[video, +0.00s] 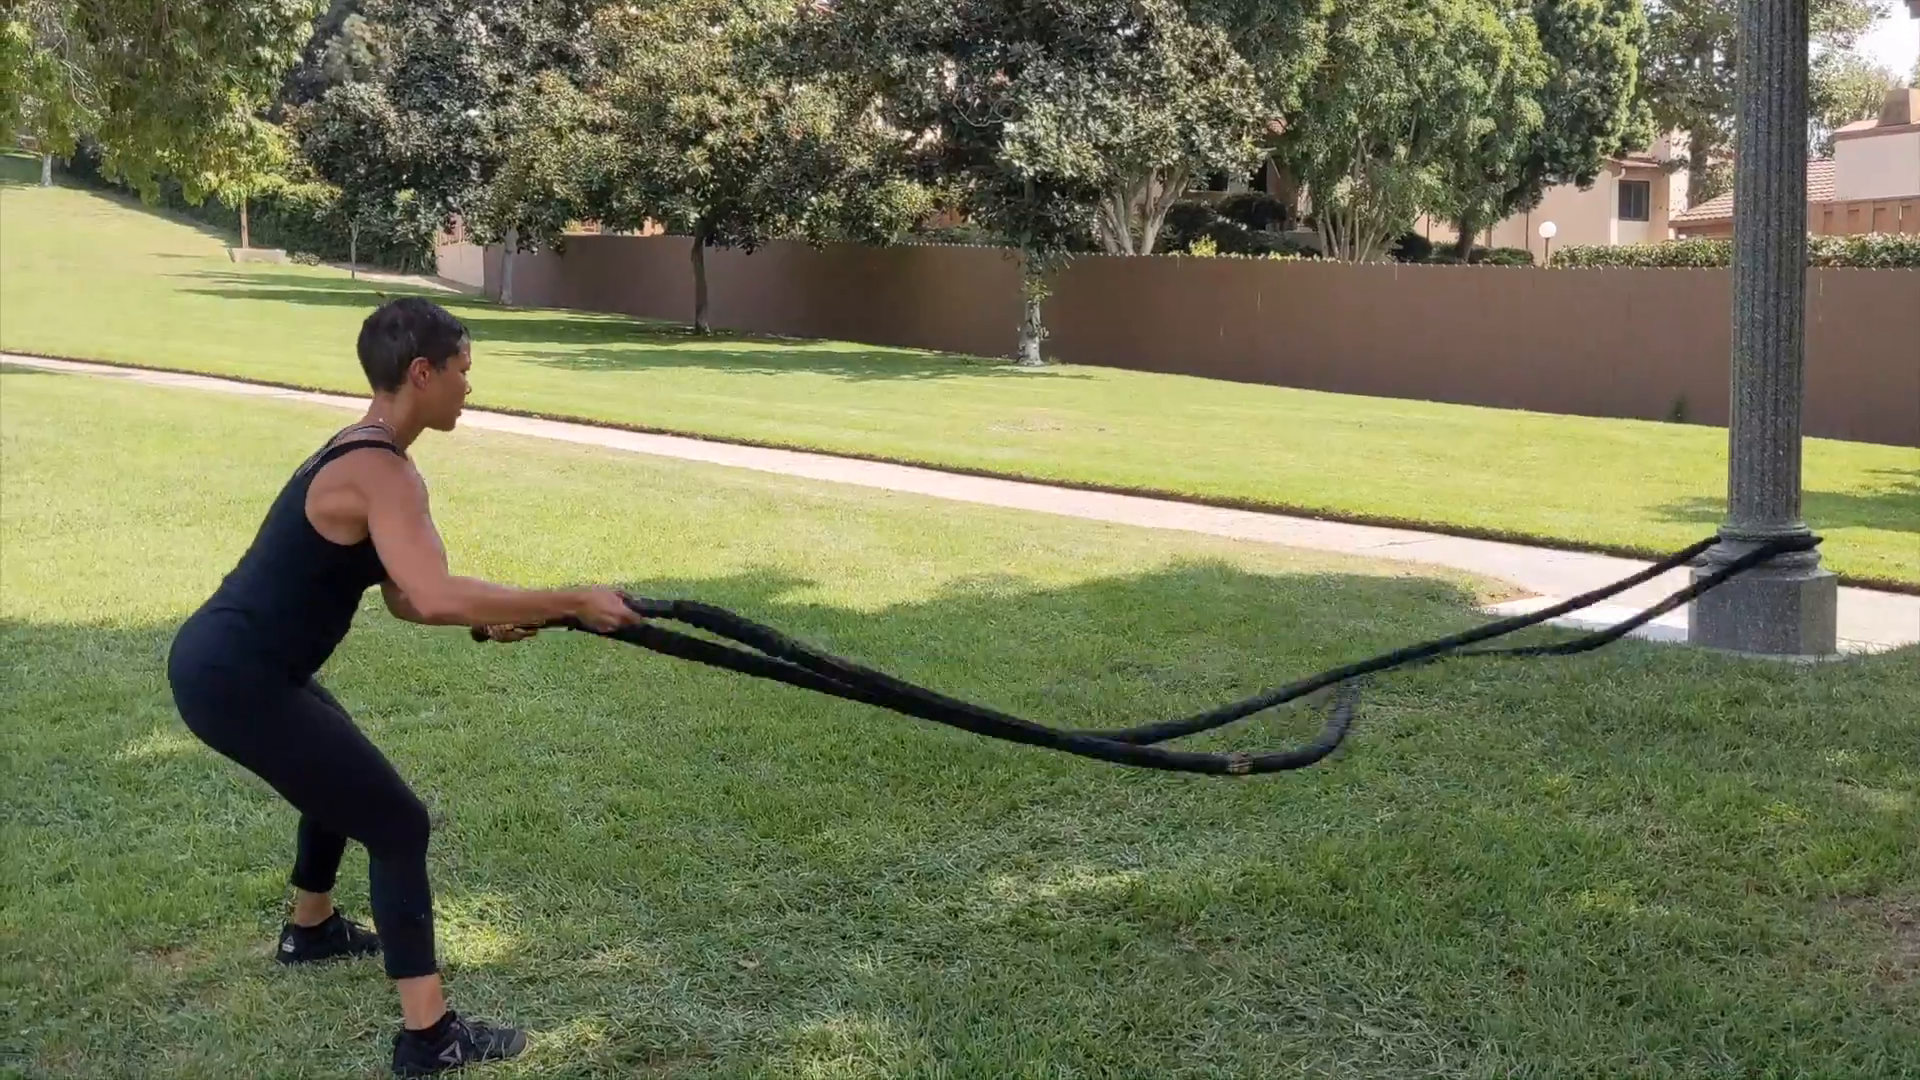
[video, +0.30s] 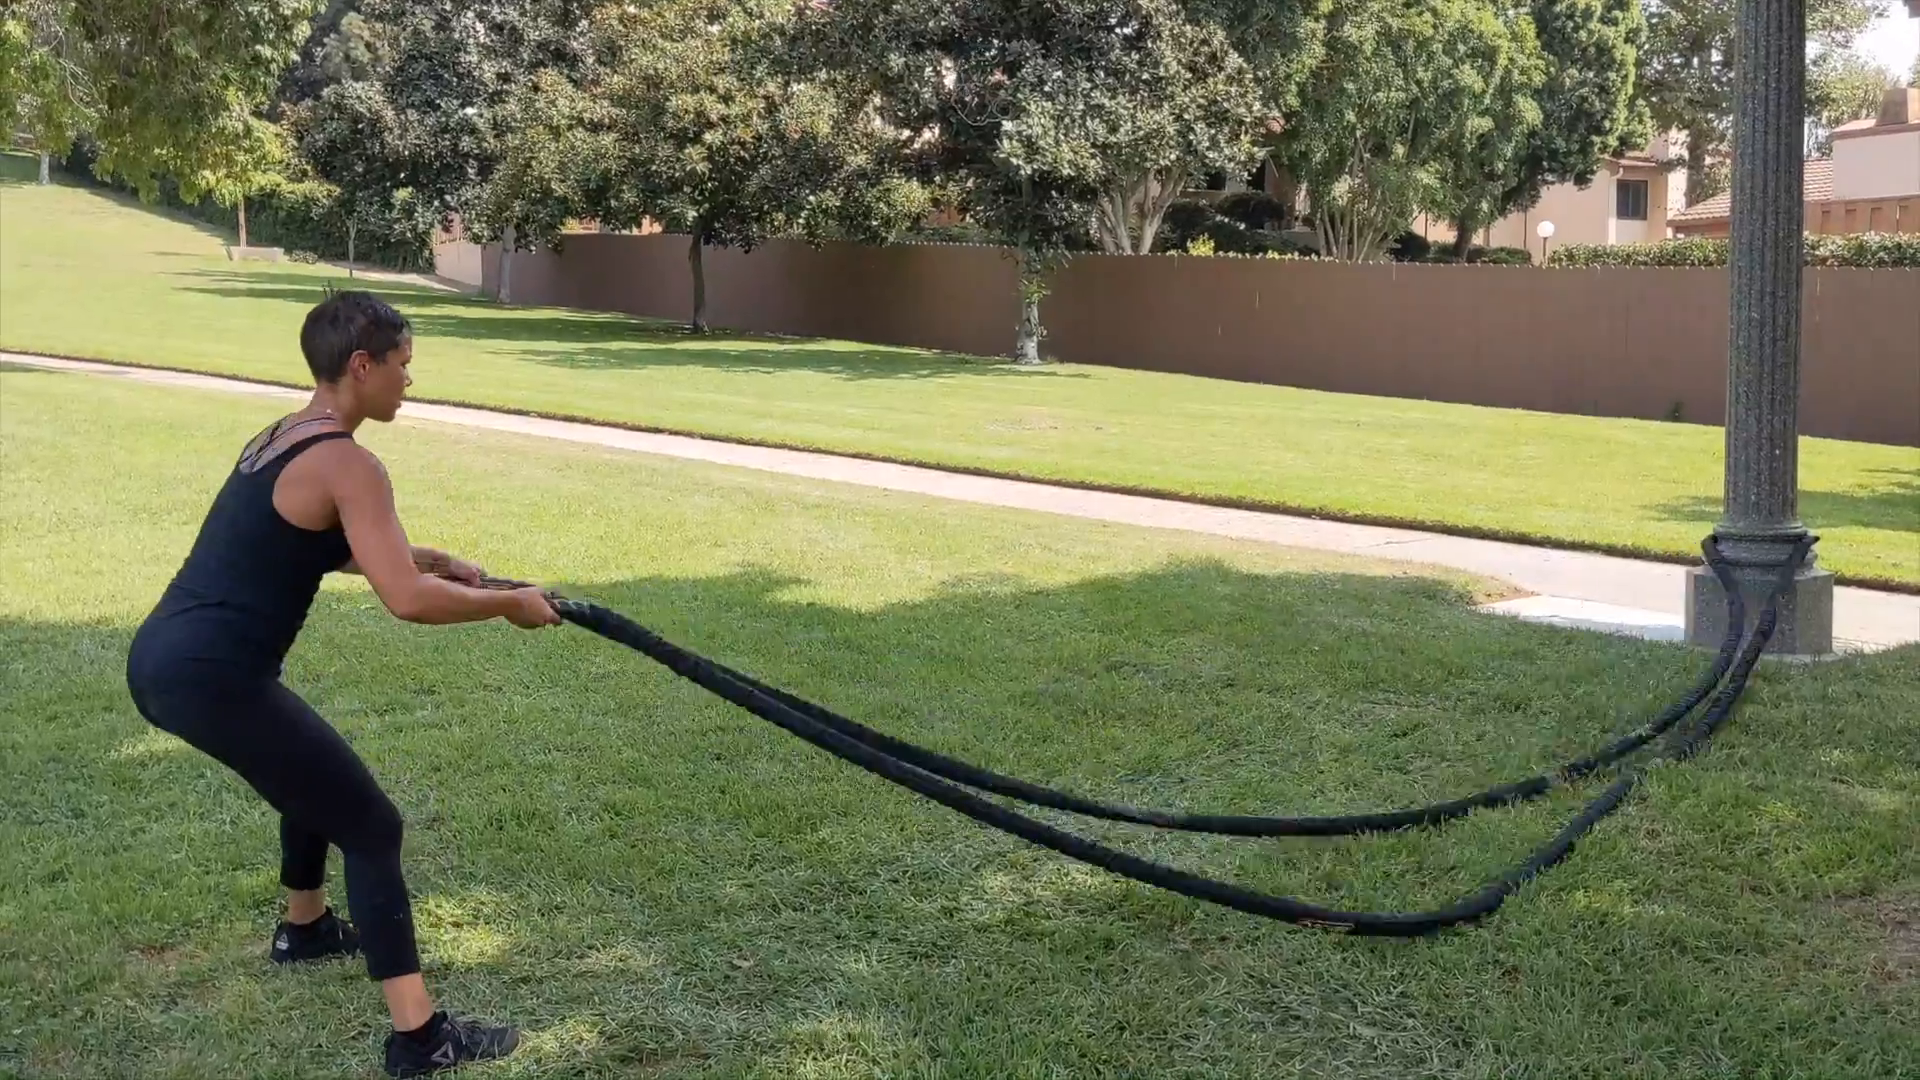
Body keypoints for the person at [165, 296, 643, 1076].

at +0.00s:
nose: (469, 386)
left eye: (468, 370)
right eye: (462, 370)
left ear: (400, 375)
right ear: (420, 373)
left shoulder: (356, 451)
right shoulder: (383, 473)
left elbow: (403, 599)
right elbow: (432, 597)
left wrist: (483, 613)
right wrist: (572, 601)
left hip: (224, 655)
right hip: (238, 680)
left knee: (341, 774)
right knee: (398, 823)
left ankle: (310, 927)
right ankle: (427, 1031)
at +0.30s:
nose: (409, 379)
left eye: (409, 364)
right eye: (402, 364)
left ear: (340, 367)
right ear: (357, 365)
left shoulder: (282, 435)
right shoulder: (349, 466)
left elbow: (314, 547)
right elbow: (410, 599)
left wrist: (420, 559)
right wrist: (506, 602)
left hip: (164, 658)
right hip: (212, 678)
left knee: (311, 770)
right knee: (370, 824)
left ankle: (306, 923)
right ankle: (417, 1029)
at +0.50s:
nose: (396, 377)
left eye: (396, 362)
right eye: (390, 362)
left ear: (325, 362)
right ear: (347, 361)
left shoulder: (251, 424)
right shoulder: (375, 460)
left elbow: (245, 528)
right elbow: (426, 583)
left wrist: (333, 540)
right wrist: (428, 573)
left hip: (157, 660)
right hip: (231, 675)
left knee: (304, 764)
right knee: (387, 817)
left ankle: (301, 923)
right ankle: (414, 1026)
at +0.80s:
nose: (428, 374)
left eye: (427, 358)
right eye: (421, 358)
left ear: (350, 365)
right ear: (383, 363)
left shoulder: (284, 431)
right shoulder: (388, 460)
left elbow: (255, 534)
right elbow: (455, 589)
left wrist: (335, 552)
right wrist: (462, 575)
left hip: (162, 655)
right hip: (218, 678)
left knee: (296, 766)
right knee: (381, 816)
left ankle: (293, 918)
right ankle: (406, 1024)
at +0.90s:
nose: (428, 373)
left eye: (427, 356)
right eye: (422, 356)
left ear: (358, 363)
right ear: (382, 361)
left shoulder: (315, 439)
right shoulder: (364, 450)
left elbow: (382, 564)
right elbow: (454, 571)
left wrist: (482, 582)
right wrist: (517, 577)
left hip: (173, 658)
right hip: (203, 680)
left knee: (302, 767)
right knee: (376, 814)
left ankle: (293, 917)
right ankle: (407, 1020)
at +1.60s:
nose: (393, 365)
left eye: (393, 349)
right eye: (386, 349)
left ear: (322, 352)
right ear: (344, 351)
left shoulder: (258, 415)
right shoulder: (360, 451)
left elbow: (294, 531)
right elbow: (412, 580)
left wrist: (397, 539)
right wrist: (439, 569)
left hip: (145, 648)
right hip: (210, 663)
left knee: (291, 749)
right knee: (372, 803)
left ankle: (293, 908)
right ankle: (398, 1015)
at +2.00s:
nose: (472, 370)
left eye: (471, 354)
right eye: (465, 355)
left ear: (393, 359)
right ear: (425, 359)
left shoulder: (330, 424)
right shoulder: (438, 452)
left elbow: (311, 520)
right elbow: (508, 574)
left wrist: (384, 552)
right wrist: (485, 572)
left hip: (203, 647)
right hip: (266, 666)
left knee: (335, 751)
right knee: (432, 804)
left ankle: (334, 908)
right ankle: (437, 1018)